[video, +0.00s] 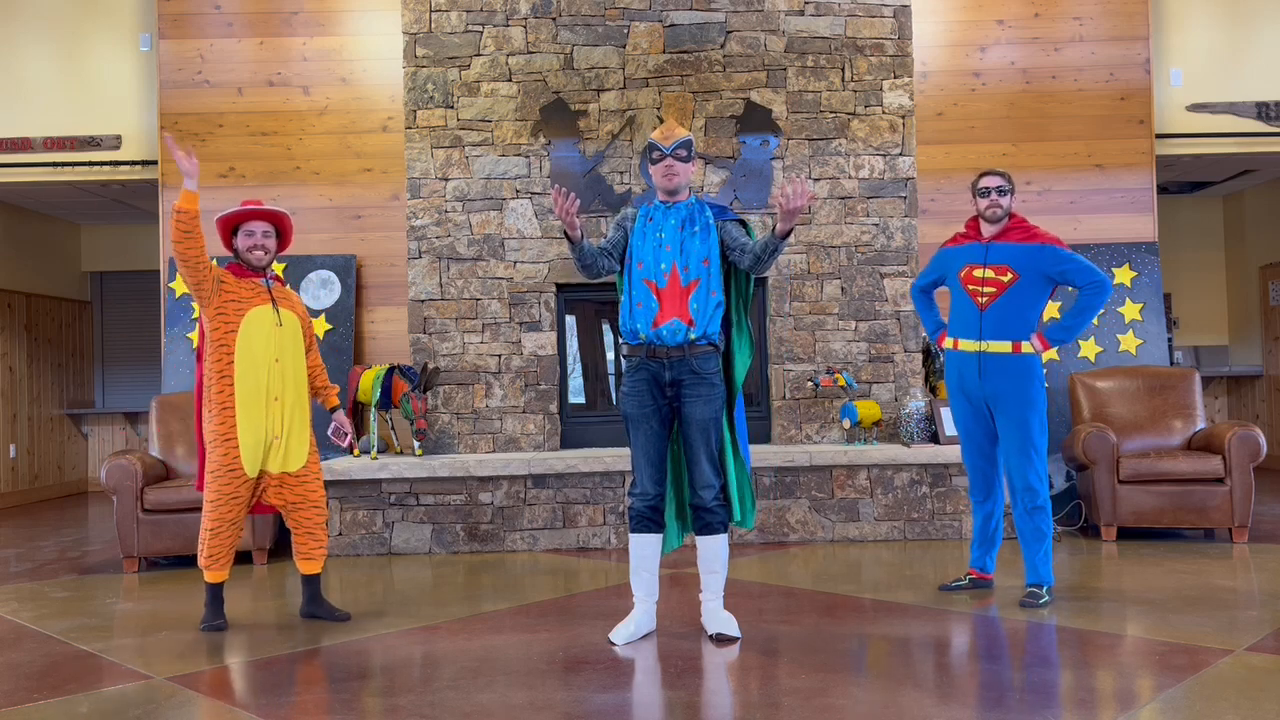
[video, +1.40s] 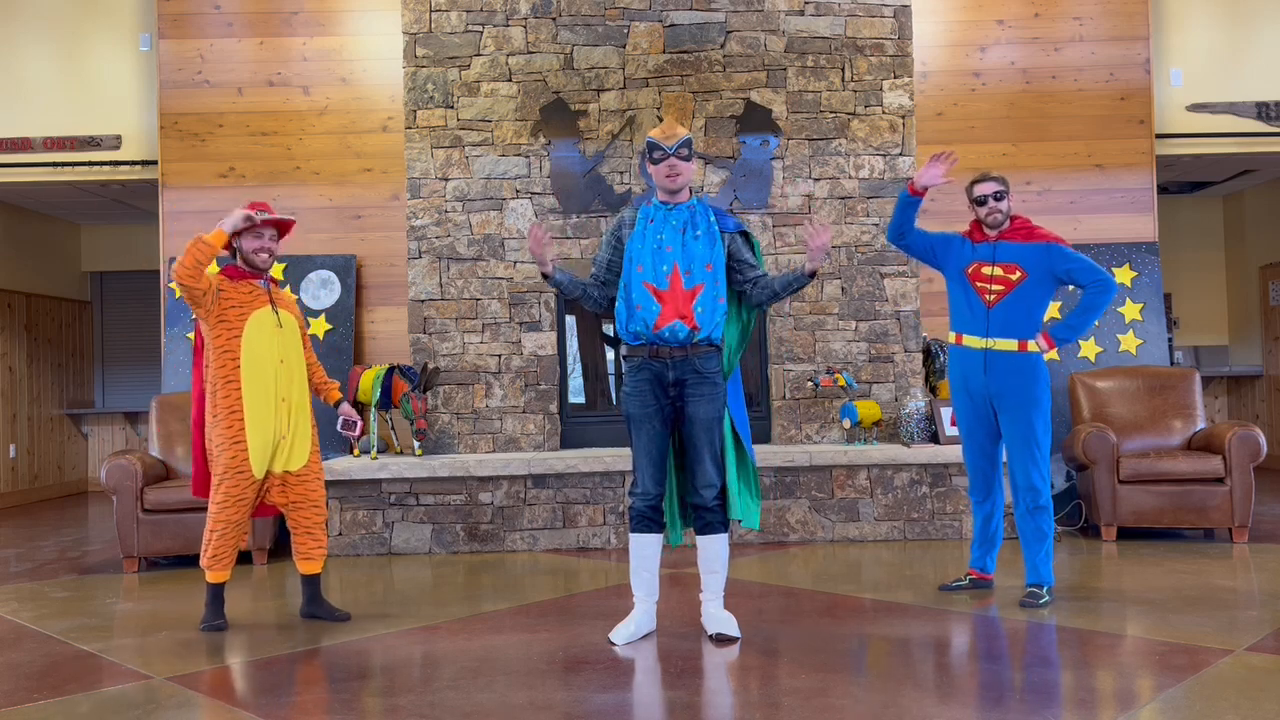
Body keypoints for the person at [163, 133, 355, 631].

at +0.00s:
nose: (258, 241)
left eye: (266, 235)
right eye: (248, 234)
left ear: (278, 244)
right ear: (233, 242)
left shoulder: (292, 299)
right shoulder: (215, 288)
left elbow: (311, 361)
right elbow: (186, 247)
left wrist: (334, 406)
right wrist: (190, 184)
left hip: (289, 422)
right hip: (232, 423)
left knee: (310, 504)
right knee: (222, 511)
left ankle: (312, 597)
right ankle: (214, 604)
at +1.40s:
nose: (265, 244)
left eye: (271, 237)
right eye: (255, 236)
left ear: (278, 244)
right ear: (235, 244)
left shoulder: (286, 300)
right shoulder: (216, 292)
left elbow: (308, 362)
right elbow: (186, 273)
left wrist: (339, 402)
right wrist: (226, 229)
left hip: (292, 420)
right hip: (236, 421)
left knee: (310, 500)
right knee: (229, 505)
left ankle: (312, 598)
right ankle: (214, 605)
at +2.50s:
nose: (252, 242)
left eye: (261, 235)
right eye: (243, 235)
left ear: (271, 244)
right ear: (228, 244)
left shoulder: (291, 299)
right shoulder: (203, 291)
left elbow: (322, 342)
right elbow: (147, 290)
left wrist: (354, 369)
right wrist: (154, 238)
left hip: (284, 421)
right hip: (224, 423)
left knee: (303, 502)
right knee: (220, 508)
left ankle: (312, 598)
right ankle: (214, 606)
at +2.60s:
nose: (250, 241)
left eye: (258, 235)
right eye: (241, 234)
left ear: (269, 244)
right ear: (225, 243)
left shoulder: (287, 298)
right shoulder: (201, 293)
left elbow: (311, 344)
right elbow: (149, 306)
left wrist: (337, 371)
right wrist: (143, 266)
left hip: (281, 421)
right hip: (221, 422)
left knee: (303, 500)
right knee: (217, 505)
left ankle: (313, 596)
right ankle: (212, 605)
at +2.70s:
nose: (249, 240)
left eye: (257, 234)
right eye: (239, 234)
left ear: (269, 242)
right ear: (225, 242)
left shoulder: (288, 298)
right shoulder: (204, 293)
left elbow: (308, 348)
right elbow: (167, 319)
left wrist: (324, 385)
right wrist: (142, 317)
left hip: (281, 420)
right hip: (221, 421)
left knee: (302, 499)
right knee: (217, 503)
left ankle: (317, 597)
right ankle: (211, 605)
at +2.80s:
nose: (251, 240)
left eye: (259, 234)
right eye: (242, 234)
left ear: (270, 242)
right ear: (227, 242)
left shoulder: (292, 297)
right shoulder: (206, 295)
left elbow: (311, 352)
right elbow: (176, 328)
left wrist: (324, 402)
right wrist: (151, 358)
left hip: (284, 420)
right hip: (224, 421)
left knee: (302, 501)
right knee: (220, 504)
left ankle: (319, 598)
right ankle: (212, 604)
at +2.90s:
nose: (256, 240)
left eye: (264, 233)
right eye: (247, 234)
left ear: (275, 242)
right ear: (233, 244)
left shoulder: (302, 297)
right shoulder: (214, 299)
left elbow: (321, 355)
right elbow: (187, 349)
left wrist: (335, 411)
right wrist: (171, 398)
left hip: (293, 423)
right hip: (232, 424)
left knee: (309, 503)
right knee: (224, 507)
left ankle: (320, 599)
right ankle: (213, 603)